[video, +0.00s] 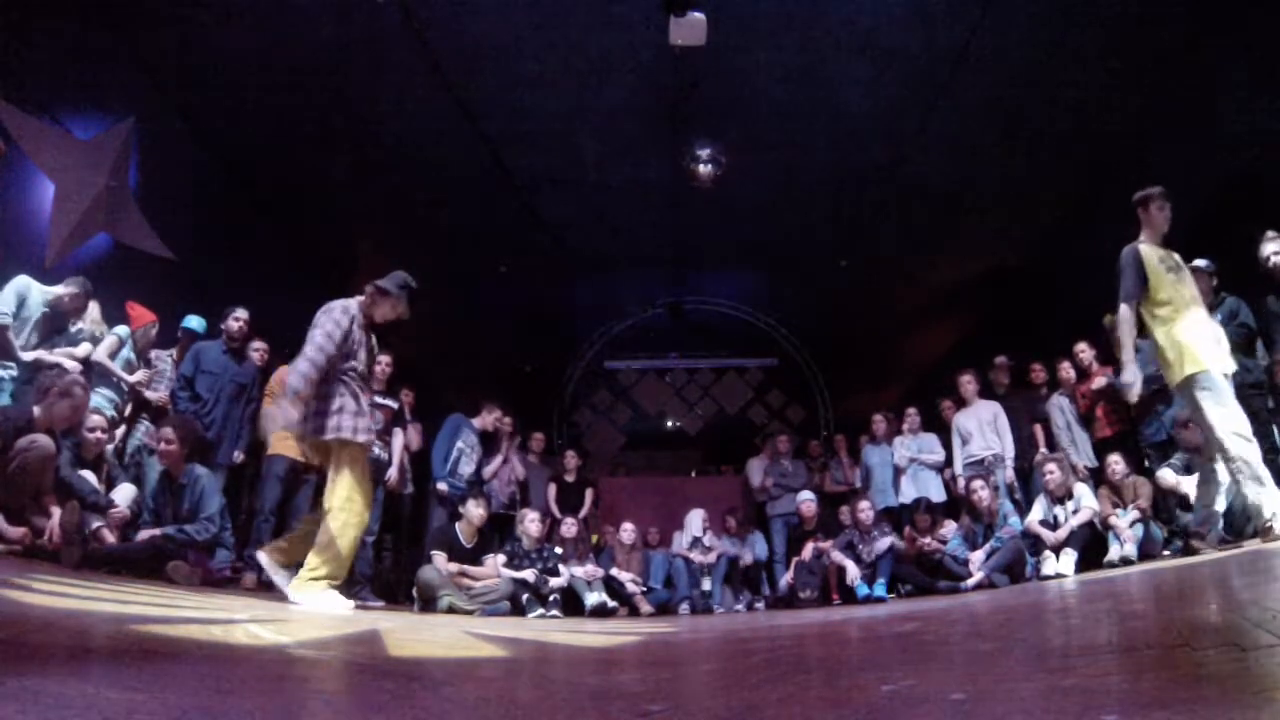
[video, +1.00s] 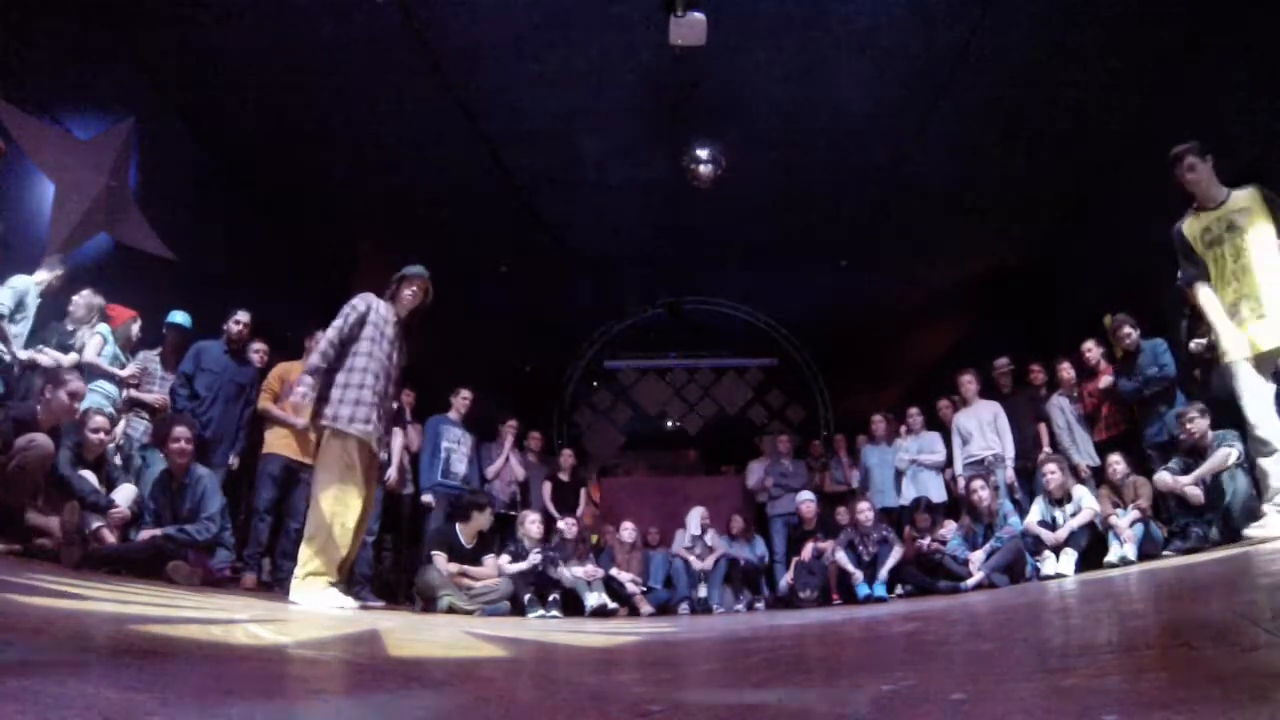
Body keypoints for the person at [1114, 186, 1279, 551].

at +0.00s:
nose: (1168, 214)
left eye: (1168, 208)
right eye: (1161, 208)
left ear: (1165, 213)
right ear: (1144, 213)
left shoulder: (1171, 257)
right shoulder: (1135, 253)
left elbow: (1191, 307)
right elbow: (1126, 309)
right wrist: (1129, 366)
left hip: (1211, 353)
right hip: (1189, 356)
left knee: (1217, 448)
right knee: (1235, 435)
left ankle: (1202, 529)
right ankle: (1271, 515)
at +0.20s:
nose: (1172, 203)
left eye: (1172, 197)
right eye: (1164, 198)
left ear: (1174, 201)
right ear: (1146, 204)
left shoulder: (1187, 244)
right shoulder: (1141, 247)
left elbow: (1208, 286)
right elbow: (1152, 297)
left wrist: (1231, 322)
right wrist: (1177, 343)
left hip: (1232, 330)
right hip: (1201, 337)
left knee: (1271, 412)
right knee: (1241, 425)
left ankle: (1244, 496)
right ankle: (1266, 513)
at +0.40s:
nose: (1178, 194)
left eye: (1179, 187)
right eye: (1169, 189)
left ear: (1182, 193)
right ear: (1153, 197)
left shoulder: (1199, 234)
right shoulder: (1152, 239)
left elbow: (1224, 282)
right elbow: (1183, 280)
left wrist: (1254, 314)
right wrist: (1234, 305)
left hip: (1246, 329)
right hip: (1214, 341)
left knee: (1278, 405)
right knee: (1243, 428)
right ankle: (1266, 513)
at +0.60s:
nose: (1188, 184)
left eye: (1190, 177)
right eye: (1179, 180)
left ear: (1196, 182)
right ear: (1165, 191)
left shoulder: (1219, 224)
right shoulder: (1166, 230)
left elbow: (1242, 271)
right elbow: (1198, 271)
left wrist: (1266, 296)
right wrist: (1258, 274)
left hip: (1258, 319)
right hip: (1221, 326)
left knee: (1273, 415)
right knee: (1249, 423)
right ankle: (1266, 513)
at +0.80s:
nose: (1196, 173)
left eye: (1200, 164)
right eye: (1188, 170)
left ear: (1212, 167)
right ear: (1180, 180)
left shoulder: (1243, 208)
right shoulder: (1180, 225)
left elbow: (1264, 264)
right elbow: (1201, 275)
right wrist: (1260, 276)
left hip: (1269, 318)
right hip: (1231, 327)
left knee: (1274, 415)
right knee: (1265, 416)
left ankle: (1273, 501)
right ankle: (1273, 505)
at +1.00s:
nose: (1189, 177)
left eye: (1193, 167)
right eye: (1182, 173)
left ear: (1211, 164)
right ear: (1180, 182)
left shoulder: (1255, 198)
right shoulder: (1185, 230)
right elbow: (1198, 284)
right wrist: (1225, 332)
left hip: (1274, 325)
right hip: (1240, 338)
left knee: (1270, 425)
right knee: (1263, 429)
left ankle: (1273, 506)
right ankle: (1273, 507)